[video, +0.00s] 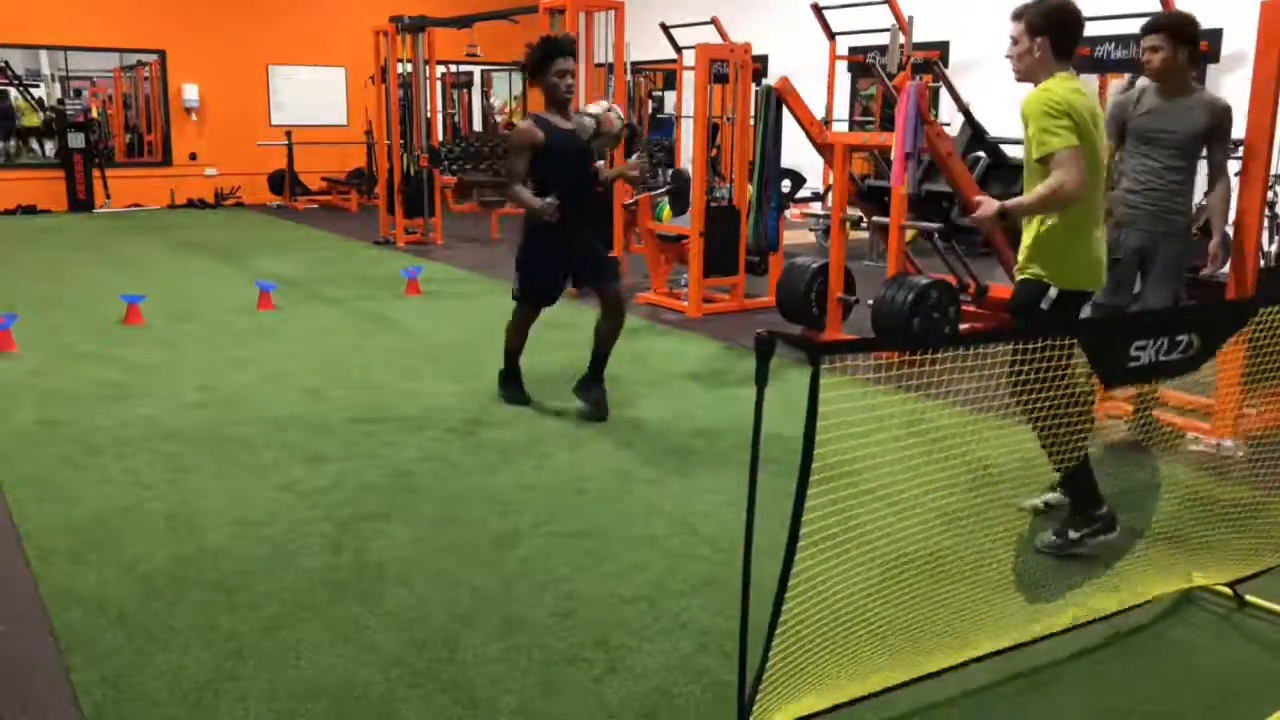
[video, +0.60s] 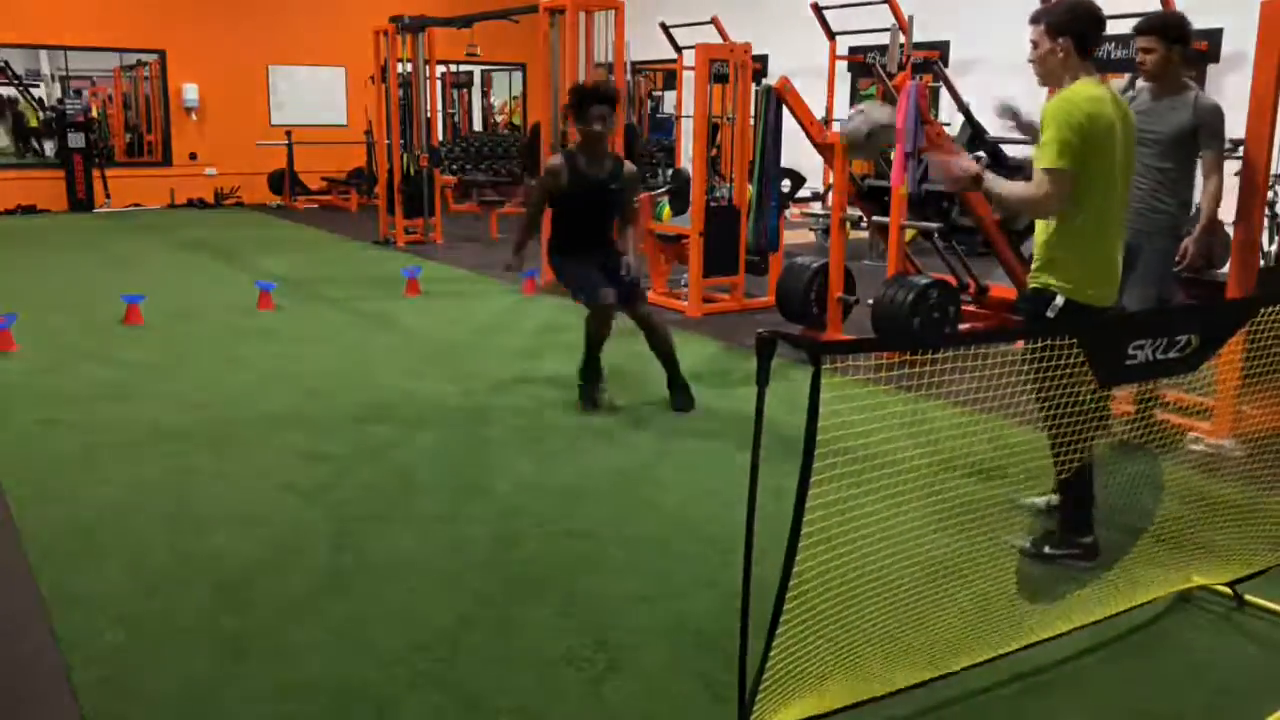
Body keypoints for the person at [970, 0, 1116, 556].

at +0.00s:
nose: (1010, 50)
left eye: (1018, 41)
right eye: (1012, 41)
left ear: (1045, 46)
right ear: (1055, 47)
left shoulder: (1045, 98)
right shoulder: (1080, 96)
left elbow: (1069, 183)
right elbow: (1096, 179)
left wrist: (1003, 207)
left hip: (1050, 272)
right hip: (1076, 270)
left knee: (1027, 381)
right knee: (1054, 377)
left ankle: (1092, 511)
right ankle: (1072, 482)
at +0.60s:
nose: (1031, 57)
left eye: (1035, 45)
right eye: (1031, 45)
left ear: (1061, 45)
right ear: (1078, 47)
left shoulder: (1069, 106)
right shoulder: (1111, 104)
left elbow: (1050, 198)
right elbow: (1081, 194)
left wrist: (980, 179)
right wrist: (1009, 193)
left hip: (1063, 283)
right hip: (1097, 281)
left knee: (1060, 402)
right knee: (1073, 397)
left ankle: (1077, 535)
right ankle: (1071, 504)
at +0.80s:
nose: (1039, 61)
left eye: (1042, 51)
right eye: (1037, 52)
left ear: (1063, 45)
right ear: (1089, 42)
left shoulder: (1081, 93)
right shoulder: (1108, 95)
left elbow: (995, 136)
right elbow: (1069, 163)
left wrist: (982, 70)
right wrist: (1005, 159)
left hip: (1075, 264)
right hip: (1094, 261)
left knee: (1063, 387)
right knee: (1075, 386)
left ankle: (1077, 530)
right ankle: (1077, 501)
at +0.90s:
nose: (1042, 64)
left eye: (1050, 53)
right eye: (1039, 54)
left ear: (1086, 48)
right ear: (1059, 57)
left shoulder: (1098, 103)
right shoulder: (1073, 103)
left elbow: (1027, 169)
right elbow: (1023, 164)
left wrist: (1009, 110)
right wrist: (991, 115)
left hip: (1080, 279)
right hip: (1063, 276)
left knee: (1050, 402)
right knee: (1065, 399)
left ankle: (1072, 528)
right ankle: (1071, 511)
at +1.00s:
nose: (1042, 69)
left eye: (1055, 59)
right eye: (1038, 58)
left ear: (1086, 59)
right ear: (1033, 56)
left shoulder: (1107, 118)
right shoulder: (1038, 121)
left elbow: (1096, 205)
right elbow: (1023, 187)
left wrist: (1031, 170)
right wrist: (984, 162)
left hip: (1079, 283)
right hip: (1036, 277)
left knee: (1037, 398)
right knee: (1035, 395)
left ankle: (1069, 527)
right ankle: (1069, 496)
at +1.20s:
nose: (1031, 81)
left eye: (1044, 70)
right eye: (1021, 69)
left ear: (1067, 65)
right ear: (1009, 67)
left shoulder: (1102, 126)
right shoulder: (996, 132)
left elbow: (1135, 207)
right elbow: (987, 205)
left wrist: (1063, 214)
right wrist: (987, 228)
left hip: (1071, 291)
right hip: (1006, 288)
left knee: (1040, 399)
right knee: (960, 372)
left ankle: (1071, 523)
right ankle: (1005, 446)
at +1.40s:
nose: (982, 73)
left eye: (994, 64)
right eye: (979, 63)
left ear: (1026, 66)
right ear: (976, 65)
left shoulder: (1073, 126)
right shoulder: (960, 136)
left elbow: (1119, 200)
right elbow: (954, 207)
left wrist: (1047, 203)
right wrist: (962, 226)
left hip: (1049, 288)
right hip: (979, 288)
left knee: (1038, 394)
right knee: (942, 376)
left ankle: (1069, 522)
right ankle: (921, 475)